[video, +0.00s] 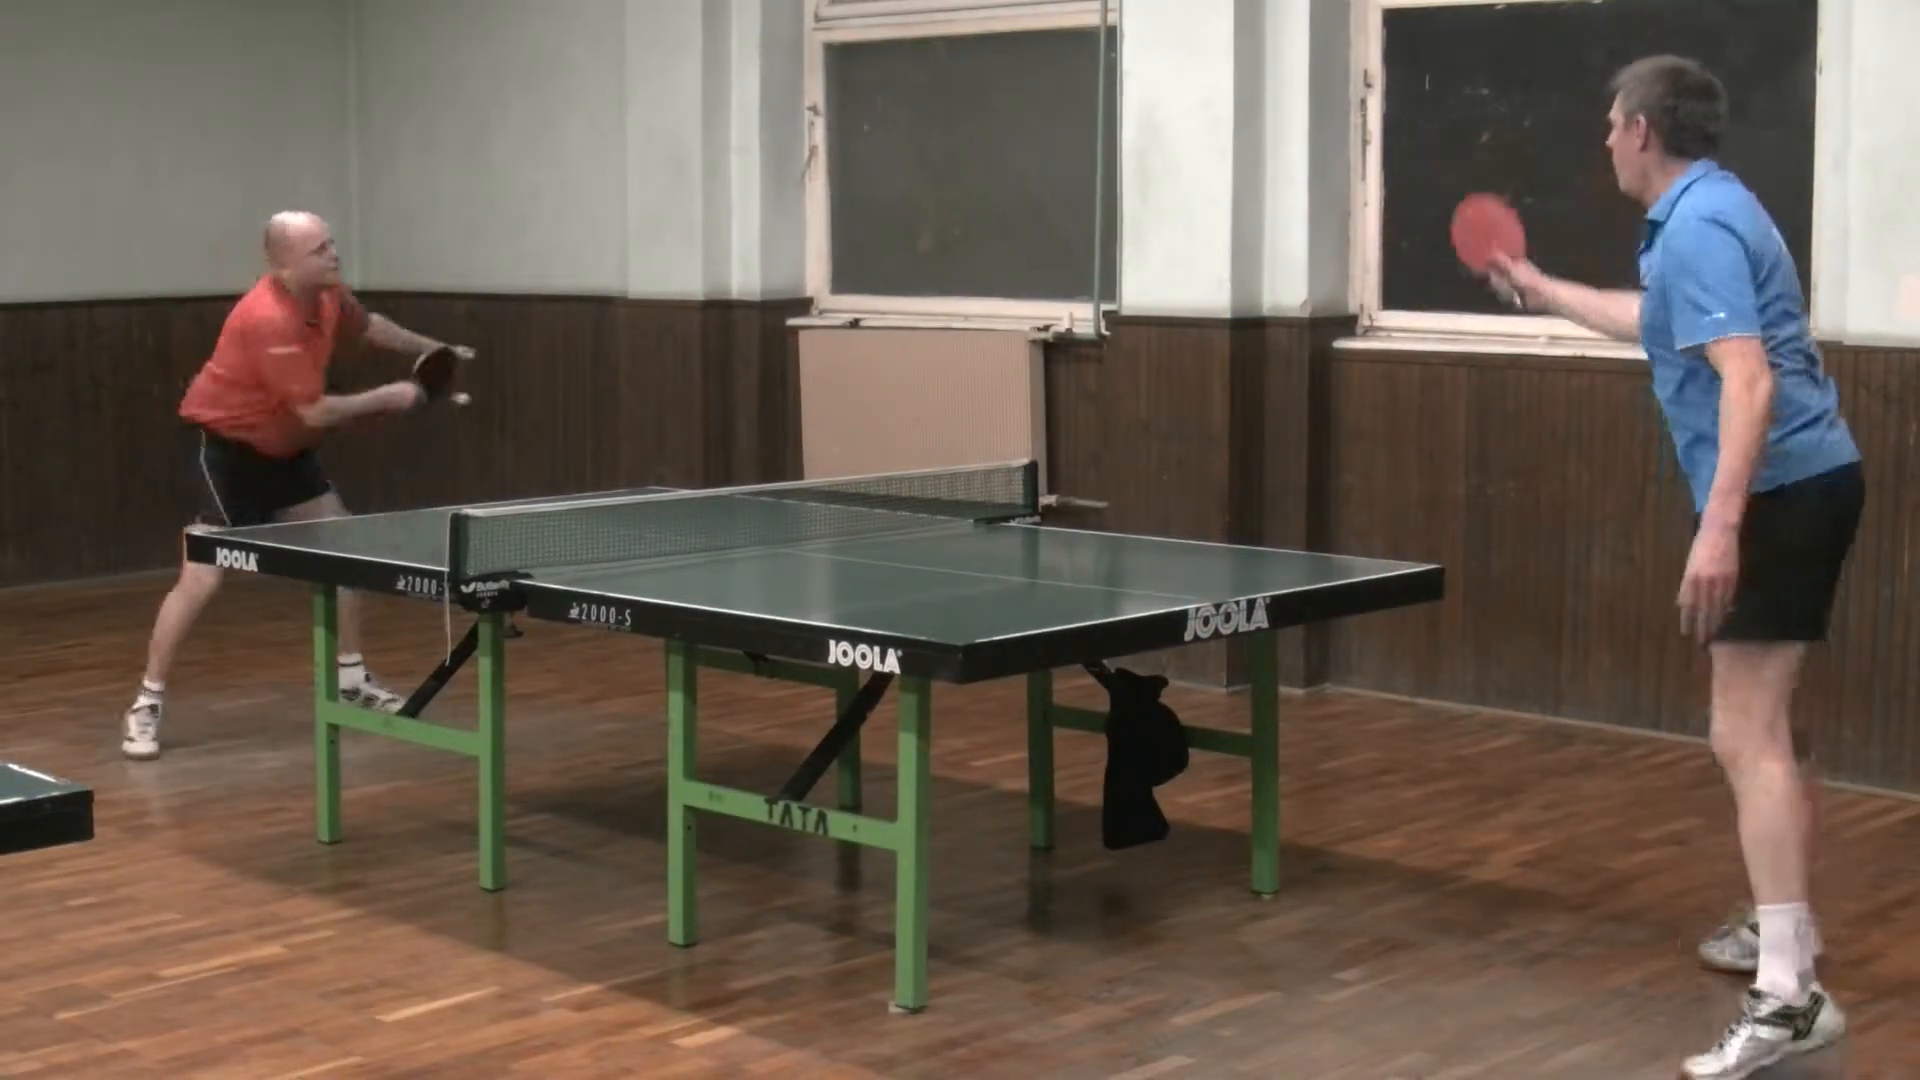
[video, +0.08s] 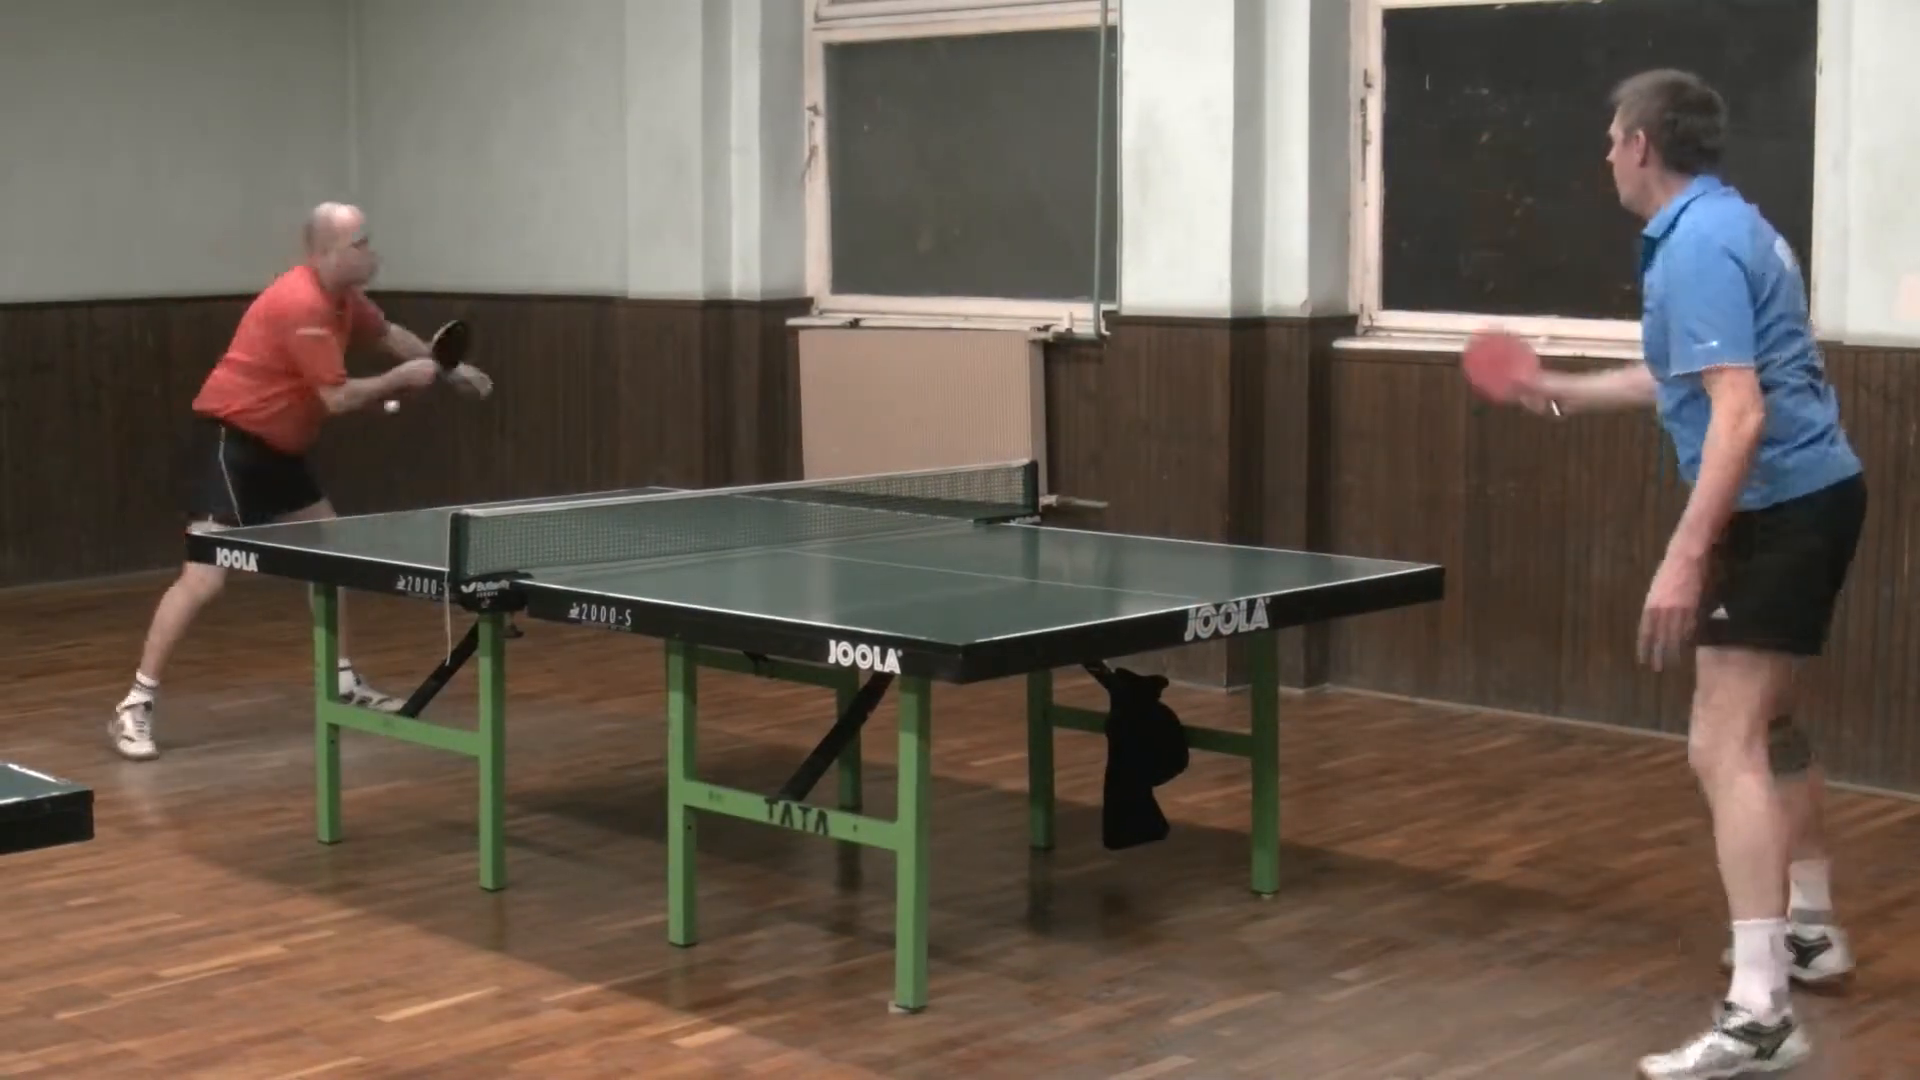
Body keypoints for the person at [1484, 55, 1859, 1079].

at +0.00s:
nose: (1607, 142)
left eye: (1613, 126)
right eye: (1611, 125)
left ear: (1643, 132)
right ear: (1677, 129)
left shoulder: (1695, 227)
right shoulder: (1706, 210)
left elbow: (1748, 377)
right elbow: (1660, 323)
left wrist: (1720, 526)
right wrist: (1540, 286)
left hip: (1781, 491)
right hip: (1791, 484)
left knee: (1746, 738)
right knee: (1759, 728)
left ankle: (1791, 992)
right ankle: (1785, 922)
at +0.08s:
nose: (1607, 158)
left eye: (1610, 139)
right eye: (1609, 139)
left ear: (1637, 144)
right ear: (1682, 141)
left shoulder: (1696, 247)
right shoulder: (1712, 226)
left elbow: (1739, 411)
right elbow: (1674, 377)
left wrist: (1683, 558)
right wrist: (1558, 390)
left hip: (1777, 503)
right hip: (1796, 495)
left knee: (1723, 747)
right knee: (1767, 725)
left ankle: (1758, 1010)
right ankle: (1810, 923)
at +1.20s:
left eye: (1664, 169)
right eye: (1780, 184)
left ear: (1669, 173)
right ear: (1773, 184)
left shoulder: (1598, 271)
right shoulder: (1797, 293)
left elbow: (1597, 437)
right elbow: (1859, 508)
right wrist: (1832, 627)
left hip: (1549, 600)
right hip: (1699, 615)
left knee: (1501, 849)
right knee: (1758, 838)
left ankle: (1434, 1070)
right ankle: (1738, 1068)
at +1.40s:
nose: (1583, 143)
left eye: (1583, 128)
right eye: (1589, 128)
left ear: (1598, 130)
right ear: (1695, 135)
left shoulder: (1526, 235)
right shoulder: (1765, 265)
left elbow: (1430, 423)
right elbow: (1842, 461)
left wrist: (1515, 439)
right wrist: (1764, 583)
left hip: (1533, 596)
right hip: (1693, 607)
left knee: (1473, 841)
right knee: (1704, 848)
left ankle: (1481, 1069)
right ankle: (1729, 1071)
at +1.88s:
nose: (1350, 203)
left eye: (1343, 188)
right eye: (1346, 190)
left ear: (1359, 167)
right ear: (1446, 145)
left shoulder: (1371, 241)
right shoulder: (1562, 240)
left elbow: (1362, 408)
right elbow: (1614, 429)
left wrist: (1301, 594)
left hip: (1449, 593)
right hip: (1565, 587)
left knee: (1473, 866)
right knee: (1465, 847)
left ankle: (1489, 1075)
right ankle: (1442, 1059)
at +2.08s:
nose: (1310, 202)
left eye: (1300, 185)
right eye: (1305, 187)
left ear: (1315, 163)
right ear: (1396, 143)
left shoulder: (1340, 231)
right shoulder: (1503, 232)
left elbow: (1382, 401)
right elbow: (1552, 419)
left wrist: (1365, 582)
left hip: (1410, 590)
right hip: (1514, 586)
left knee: (1389, 843)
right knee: (1437, 825)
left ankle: (1464, 1067)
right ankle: (1413, 1052)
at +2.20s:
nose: (1290, 187)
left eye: (1283, 172)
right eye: (1287, 173)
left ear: (1297, 156)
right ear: (1377, 136)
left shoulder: (1333, 224)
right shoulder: (1480, 232)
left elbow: (1382, 392)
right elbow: (1505, 414)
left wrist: (1341, 564)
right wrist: (1333, 431)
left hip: (1389, 576)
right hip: (1496, 578)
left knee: (1284, 817)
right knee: (1436, 812)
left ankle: (1417, 1053)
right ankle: (1410, 1050)